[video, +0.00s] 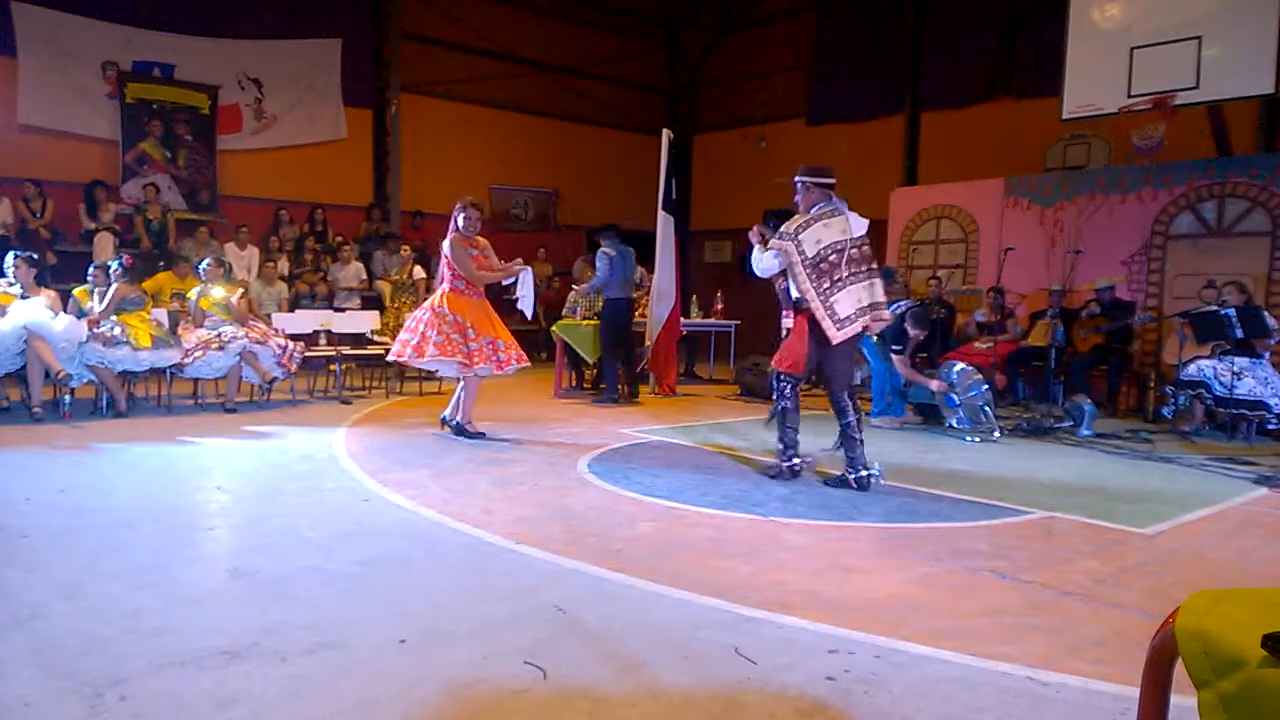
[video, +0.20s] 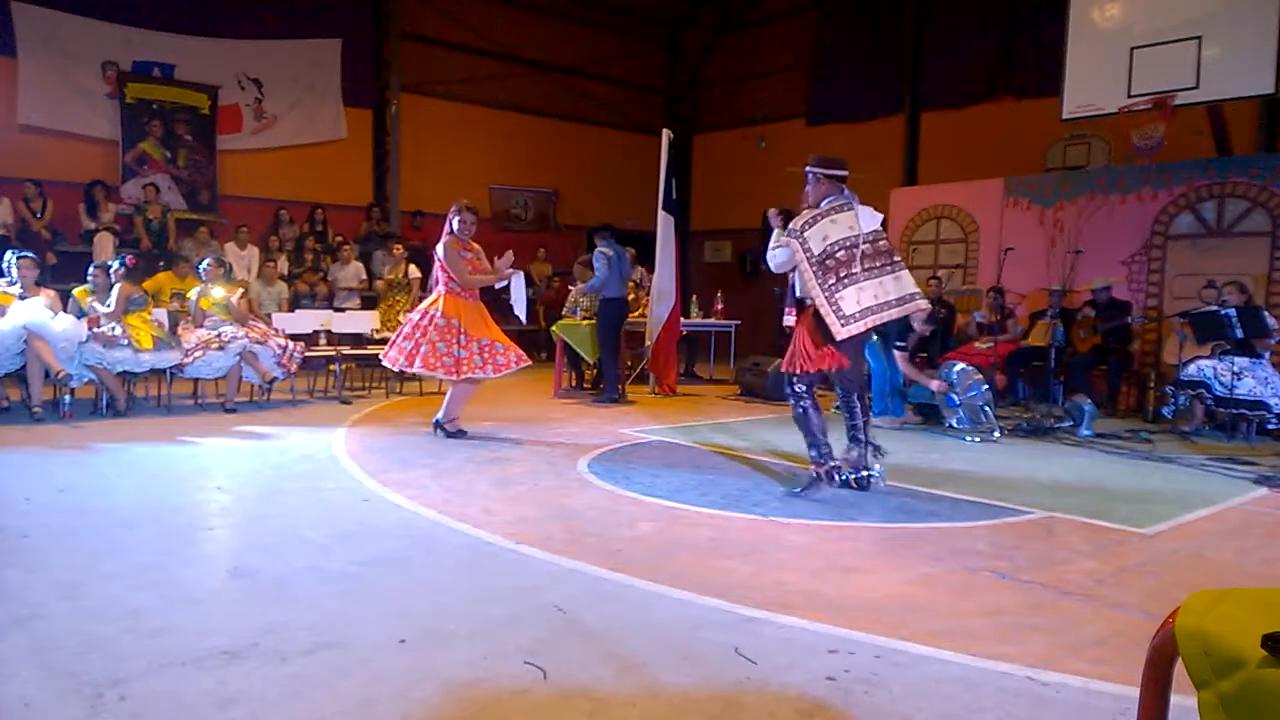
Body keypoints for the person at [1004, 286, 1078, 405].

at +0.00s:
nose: (1055, 300)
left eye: (1058, 296)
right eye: (1053, 296)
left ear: (1063, 298)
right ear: (1049, 297)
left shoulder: (1069, 314)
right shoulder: (1036, 315)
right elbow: (1027, 335)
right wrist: (1023, 342)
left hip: (1056, 349)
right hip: (1036, 348)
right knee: (1012, 358)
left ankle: (1045, 398)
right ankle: (1013, 395)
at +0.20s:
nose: (1055, 299)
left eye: (1058, 296)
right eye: (1053, 296)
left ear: (1063, 298)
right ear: (1049, 297)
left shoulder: (1069, 315)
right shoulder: (1036, 315)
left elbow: (1069, 338)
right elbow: (1027, 335)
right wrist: (1023, 343)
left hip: (1055, 349)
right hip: (1035, 348)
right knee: (1012, 357)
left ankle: (1046, 398)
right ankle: (1013, 395)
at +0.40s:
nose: (1055, 299)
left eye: (1058, 296)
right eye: (1053, 296)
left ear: (1063, 297)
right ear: (1049, 297)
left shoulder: (1068, 315)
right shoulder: (1036, 315)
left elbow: (1068, 338)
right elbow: (1027, 335)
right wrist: (1024, 342)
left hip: (1055, 349)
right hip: (1035, 348)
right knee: (1012, 358)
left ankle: (1044, 398)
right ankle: (1012, 395)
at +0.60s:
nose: (1055, 299)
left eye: (1058, 296)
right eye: (1053, 296)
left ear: (1063, 297)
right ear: (1049, 297)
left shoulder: (1068, 314)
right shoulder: (1036, 315)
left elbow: (1068, 338)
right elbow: (1027, 335)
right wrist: (1024, 342)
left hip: (1054, 349)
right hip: (1035, 348)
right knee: (1012, 358)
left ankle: (1044, 397)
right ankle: (1012, 394)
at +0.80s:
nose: (1055, 300)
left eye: (1058, 296)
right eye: (1053, 296)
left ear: (1063, 298)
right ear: (1049, 297)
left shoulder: (1068, 314)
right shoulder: (1036, 315)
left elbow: (1068, 338)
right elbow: (1027, 335)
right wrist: (1024, 342)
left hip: (1054, 349)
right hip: (1034, 348)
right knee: (1012, 358)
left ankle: (1044, 397)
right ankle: (1012, 394)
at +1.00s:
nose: (1055, 300)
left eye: (1058, 296)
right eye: (1053, 296)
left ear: (1063, 298)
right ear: (1049, 297)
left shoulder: (1067, 314)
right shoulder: (1036, 315)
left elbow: (1068, 338)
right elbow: (1028, 335)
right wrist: (1024, 342)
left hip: (1054, 349)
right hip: (1035, 348)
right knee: (1012, 358)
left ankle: (1044, 397)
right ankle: (1012, 394)